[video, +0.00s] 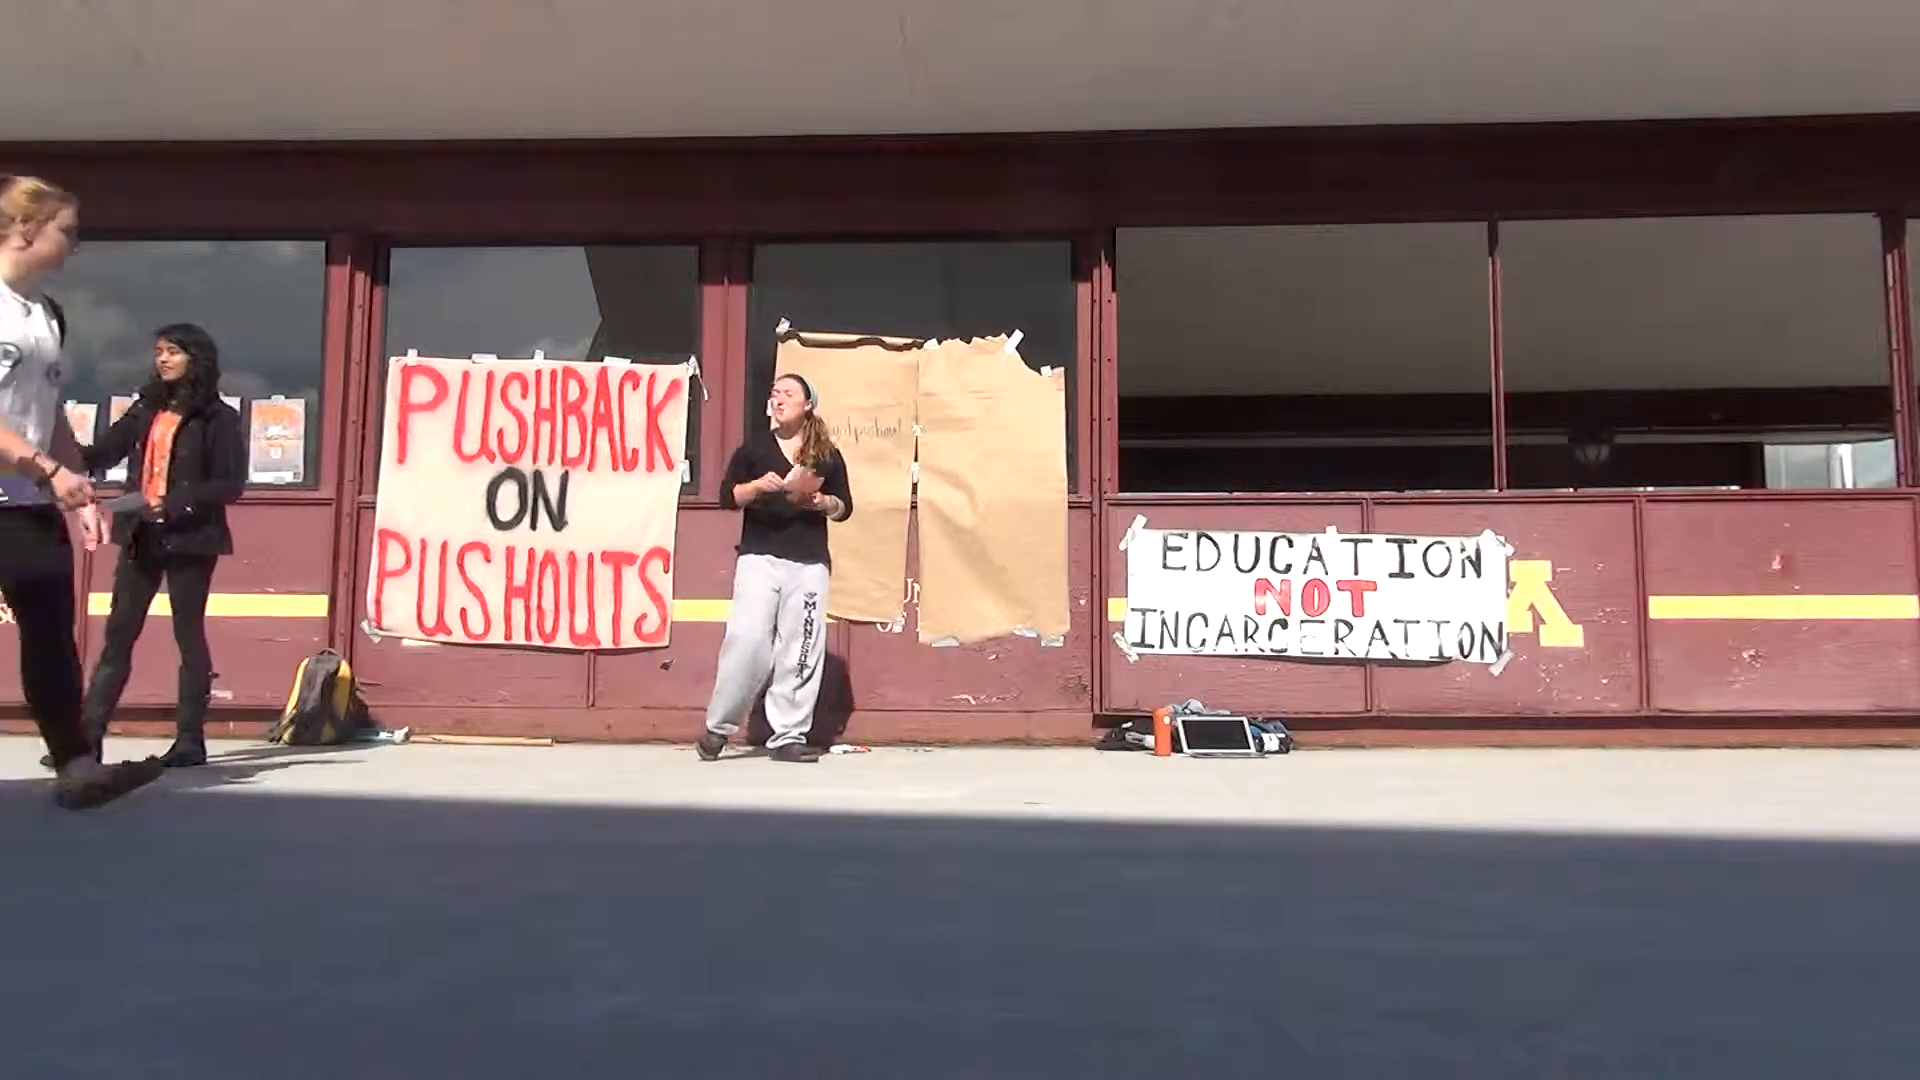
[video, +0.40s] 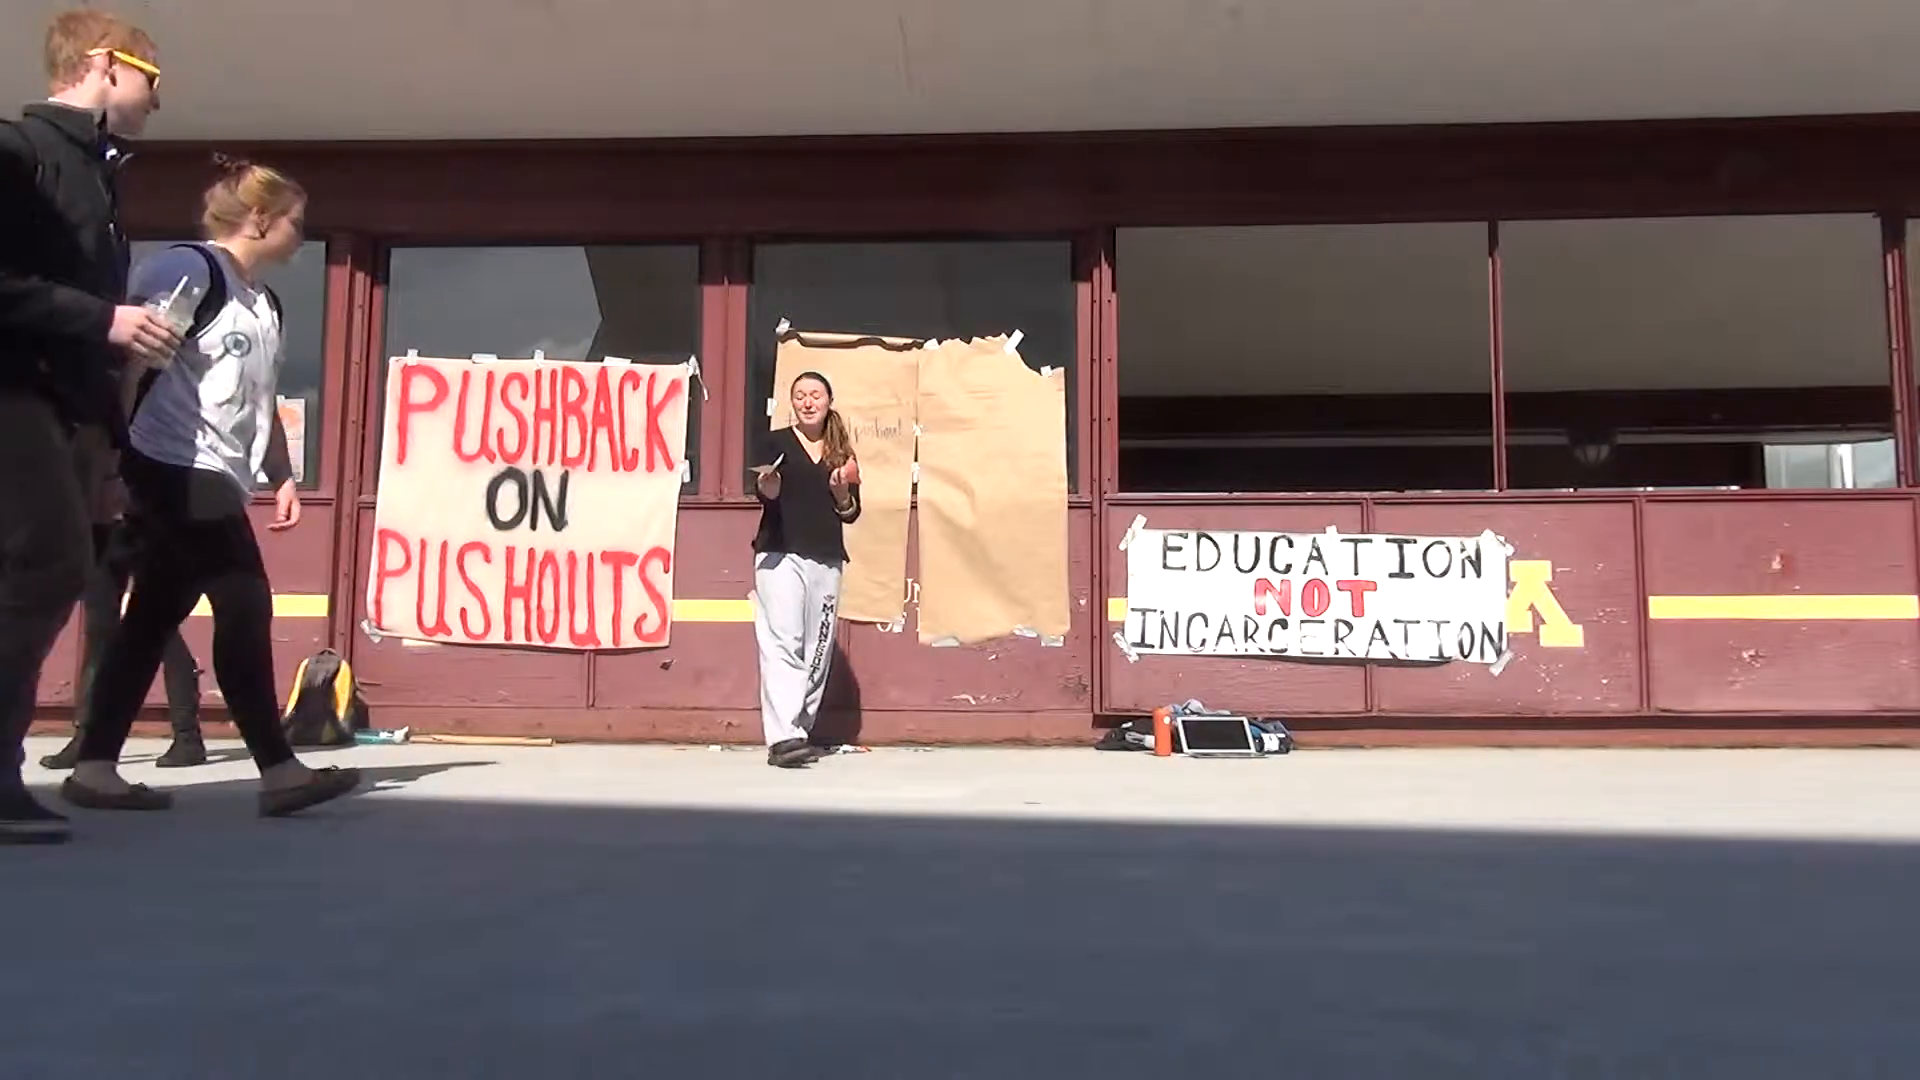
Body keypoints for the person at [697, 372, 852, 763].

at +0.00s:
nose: (776, 400)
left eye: (786, 394)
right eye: (773, 394)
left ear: (808, 406)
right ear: (769, 404)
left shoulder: (827, 454)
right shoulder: (753, 449)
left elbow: (844, 507)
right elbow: (727, 496)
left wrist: (827, 503)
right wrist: (758, 486)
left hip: (809, 562)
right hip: (759, 557)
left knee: (801, 647)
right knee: (748, 639)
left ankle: (788, 737)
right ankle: (719, 726)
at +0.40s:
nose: (808, 402)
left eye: (816, 395)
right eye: (801, 396)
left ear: (830, 402)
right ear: (791, 403)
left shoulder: (842, 450)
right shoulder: (775, 441)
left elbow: (851, 513)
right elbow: (765, 492)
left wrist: (842, 493)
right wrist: (769, 484)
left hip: (825, 557)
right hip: (780, 552)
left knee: (816, 647)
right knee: (784, 644)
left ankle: (796, 734)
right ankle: (784, 737)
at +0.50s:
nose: (810, 401)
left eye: (818, 394)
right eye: (802, 395)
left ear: (831, 401)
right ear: (793, 402)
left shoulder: (843, 449)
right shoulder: (774, 442)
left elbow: (852, 513)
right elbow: (766, 492)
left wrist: (846, 493)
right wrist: (773, 483)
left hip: (827, 558)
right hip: (782, 554)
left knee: (818, 650)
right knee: (788, 647)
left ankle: (799, 735)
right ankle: (788, 739)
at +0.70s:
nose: (813, 393)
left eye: (821, 386)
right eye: (805, 387)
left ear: (833, 394)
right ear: (794, 394)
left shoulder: (843, 444)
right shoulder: (775, 435)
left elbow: (854, 509)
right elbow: (761, 486)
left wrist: (851, 491)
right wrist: (775, 483)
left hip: (830, 554)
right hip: (784, 550)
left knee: (821, 651)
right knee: (789, 646)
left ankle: (799, 736)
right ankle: (792, 741)